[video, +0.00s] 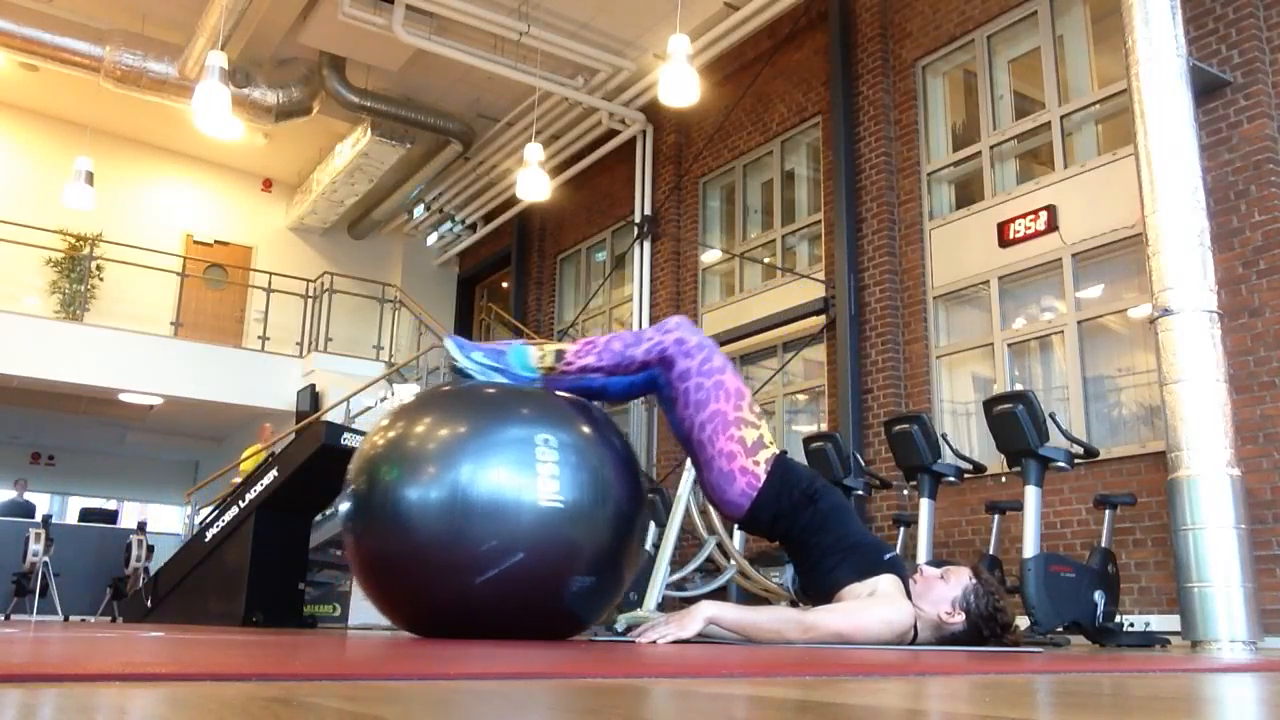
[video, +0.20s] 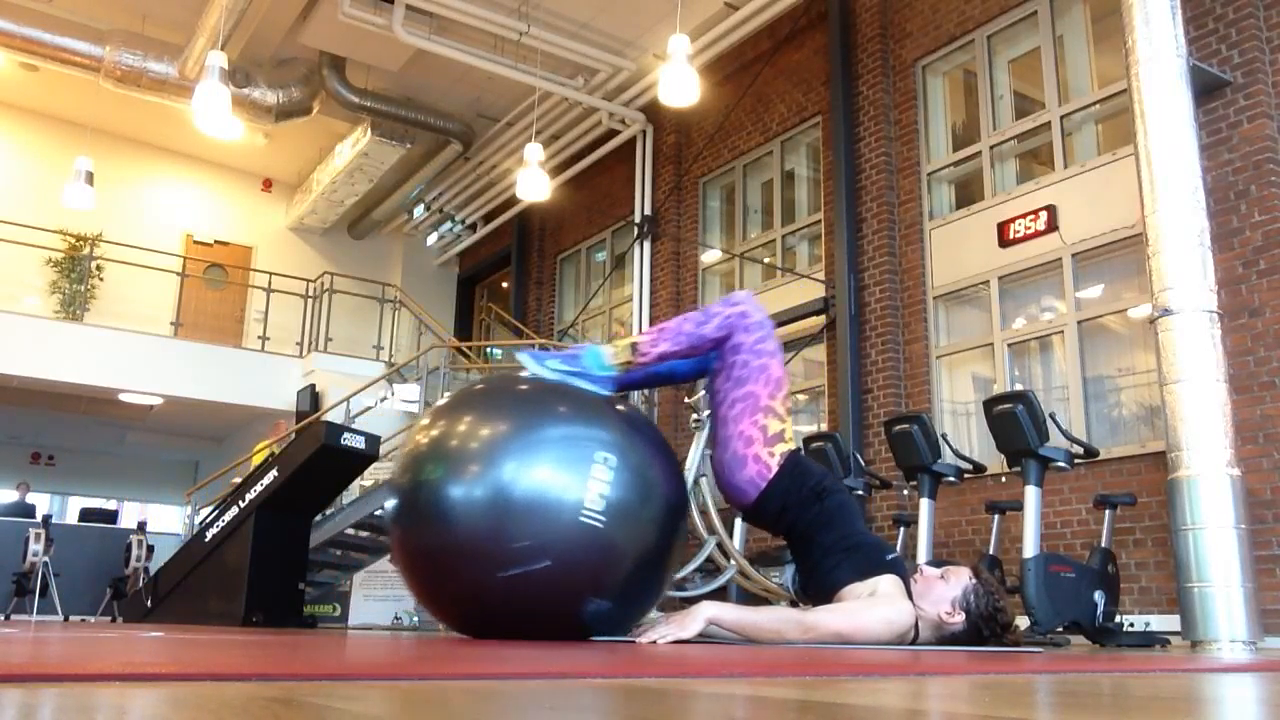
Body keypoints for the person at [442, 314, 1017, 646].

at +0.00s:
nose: (937, 569)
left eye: (949, 582)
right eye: (950, 569)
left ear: (946, 617)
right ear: (943, 603)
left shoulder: (893, 607)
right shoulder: (891, 593)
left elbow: (806, 626)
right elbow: (804, 620)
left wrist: (705, 613)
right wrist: (714, 617)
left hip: (751, 483)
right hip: (765, 472)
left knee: (679, 333)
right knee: (683, 345)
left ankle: (530, 364)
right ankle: (553, 386)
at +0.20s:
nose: (939, 566)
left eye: (949, 579)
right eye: (950, 568)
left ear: (945, 614)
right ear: (937, 582)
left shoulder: (893, 614)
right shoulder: (897, 600)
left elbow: (798, 628)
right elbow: (797, 627)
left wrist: (707, 616)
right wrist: (713, 617)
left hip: (758, 476)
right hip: (774, 469)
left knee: (745, 316)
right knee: (748, 317)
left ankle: (608, 364)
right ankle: (616, 375)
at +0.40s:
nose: (933, 567)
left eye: (945, 577)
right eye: (946, 569)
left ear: (947, 613)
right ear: (945, 612)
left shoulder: (894, 614)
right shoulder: (902, 606)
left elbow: (800, 626)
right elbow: (805, 623)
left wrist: (712, 615)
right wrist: (717, 622)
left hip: (779, 459)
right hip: (800, 460)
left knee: (808, 298)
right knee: (804, 319)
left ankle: (673, 361)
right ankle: (684, 370)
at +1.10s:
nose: (940, 564)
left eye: (950, 578)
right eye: (951, 567)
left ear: (946, 615)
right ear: (940, 583)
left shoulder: (894, 614)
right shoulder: (900, 595)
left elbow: (800, 626)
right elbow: (799, 625)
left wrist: (710, 616)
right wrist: (710, 615)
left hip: (769, 469)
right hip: (791, 463)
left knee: (754, 305)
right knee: (757, 316)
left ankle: (621, 365)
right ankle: (626, 372)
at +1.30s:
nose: (935, 569)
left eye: (946, 580)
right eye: (948, 569)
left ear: (945, 617)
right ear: (945, 602)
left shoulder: (891, 611)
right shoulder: (897, 596)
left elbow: (803, 628)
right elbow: (808, 623)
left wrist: (708, 613)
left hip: (762, 476)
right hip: (780, 465)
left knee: (698, 323)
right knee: (705, 330)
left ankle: (557, 364)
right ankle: (574, 372)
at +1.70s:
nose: (936, 568)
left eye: (949, 581)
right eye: (949, 569)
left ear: (945, 618)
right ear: (942, 604)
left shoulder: (892, 610)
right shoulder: (890, 594)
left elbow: (805, 625)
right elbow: (802, 622)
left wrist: (711, 618)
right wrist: (713, 622)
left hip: (751, 484)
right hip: (764, 470)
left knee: (642, 376)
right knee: (648, 379)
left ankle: (488, 364)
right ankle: (514, 384)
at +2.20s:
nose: (936, 569)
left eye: (946, 580)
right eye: (949, 570)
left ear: (944, 615)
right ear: (943, 604)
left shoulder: (890, 610)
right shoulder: (893, 596)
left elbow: (804, 630)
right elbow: (806, 623)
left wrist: (709, 616)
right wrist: (714, 617)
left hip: (749, 482)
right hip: (763, 471)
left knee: (699, 325)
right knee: (701, 333)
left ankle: (557, 368)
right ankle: (565, 373)